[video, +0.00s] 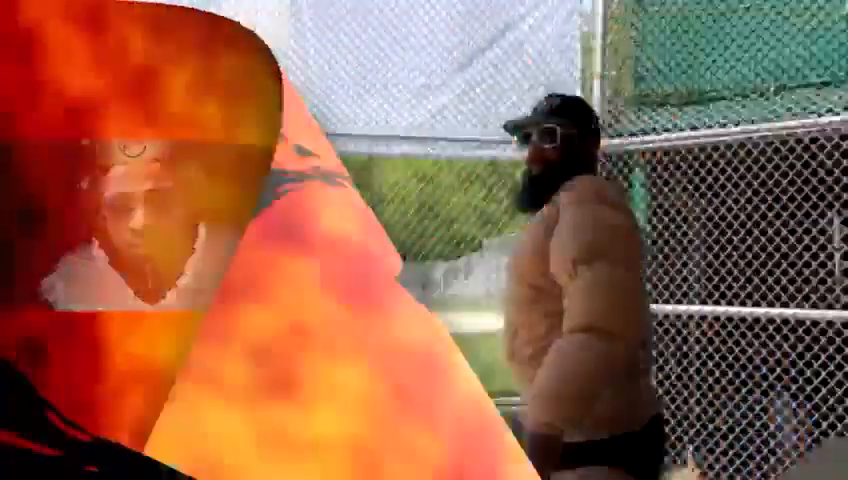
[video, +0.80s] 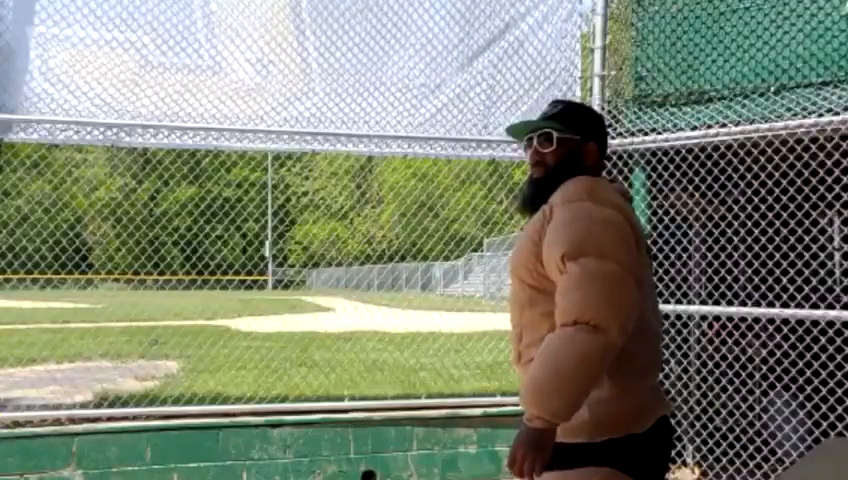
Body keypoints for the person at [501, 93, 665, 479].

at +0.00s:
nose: (532, 153)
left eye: (548, 139)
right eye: (529, 141)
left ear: (580, 146)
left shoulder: (586, 200)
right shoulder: (556, 210)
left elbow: (601, 330)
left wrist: (544, 421)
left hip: (598, 438)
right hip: (575, 438)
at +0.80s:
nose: (532, 152)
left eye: (548, 139)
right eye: (530, 141)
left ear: (588, 151)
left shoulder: (583, 203)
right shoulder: (574, 202)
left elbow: (590, 321)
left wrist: (539, 420)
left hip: (600, 438)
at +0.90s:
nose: (532, 153)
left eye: (546, 140)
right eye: (530, 142)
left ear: (588, 151)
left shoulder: (584, 202)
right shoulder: (576, 202)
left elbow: (592, 320)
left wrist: (544, 423)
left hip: (603, 437)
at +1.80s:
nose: (520, 148)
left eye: (534, 135)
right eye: (523, 136)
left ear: (574, 145)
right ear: (575, 148)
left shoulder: (565, 205)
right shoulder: (601, 199)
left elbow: (559, 331)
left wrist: (491, 426)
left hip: (593, 450)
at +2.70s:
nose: (525, 136)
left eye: (534, 124)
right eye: (528, 124)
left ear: (568, 130)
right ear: (607, 136)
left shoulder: (553, 201)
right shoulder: (650, 199)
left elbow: (534, 347)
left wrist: (483, 457)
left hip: (588, 454)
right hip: (672, 438)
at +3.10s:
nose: (562, 135)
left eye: (571, 122)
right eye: (564, 122)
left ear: (605, 128)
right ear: (640, 133)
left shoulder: (586, 198)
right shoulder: (692, 199)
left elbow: (551, 342)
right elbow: (719, 324)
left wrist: (500, 445)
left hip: (612, 453)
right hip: (700, 440)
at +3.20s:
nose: (567, 135)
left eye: (576, 122)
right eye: (570, 122)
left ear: (610, 127)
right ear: (646, 133)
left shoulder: (591, 197)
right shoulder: (700, 201)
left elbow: (556, 343)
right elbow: (727, 329)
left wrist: (507, 446)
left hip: (615, 455)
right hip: (705, 444)